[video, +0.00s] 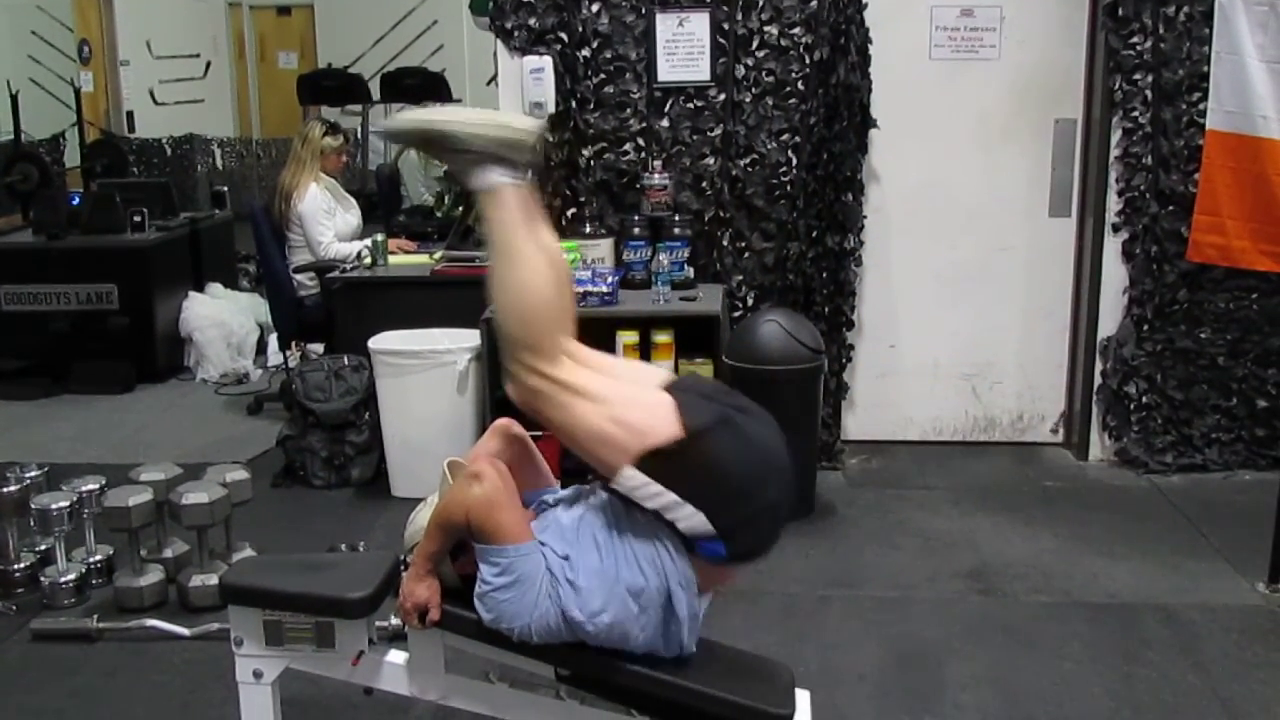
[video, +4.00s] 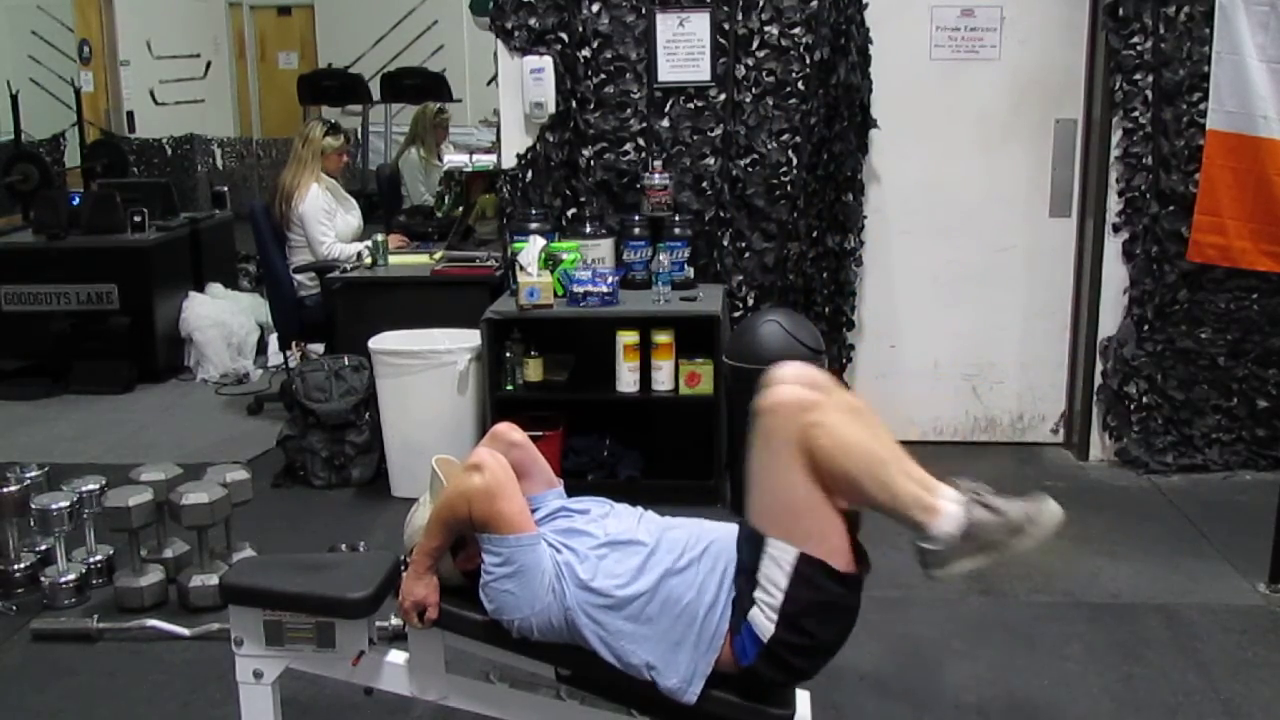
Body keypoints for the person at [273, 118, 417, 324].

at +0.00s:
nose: (345, 160)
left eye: (345, 153)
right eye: (339, 154)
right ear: (319, 155)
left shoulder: (323, 187)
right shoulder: (311, 192)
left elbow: (334, 244)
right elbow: (325, 251)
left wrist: (380, 243)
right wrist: (380, 245)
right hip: (318, 291)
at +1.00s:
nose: (345, 159)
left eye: (345, 153)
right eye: (339, 154)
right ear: (319, 155)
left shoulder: (323, 186)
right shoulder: (311, 192)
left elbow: (334, 244)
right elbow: (325, 251)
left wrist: (380, 243)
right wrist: (380, 246)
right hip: (319, 292)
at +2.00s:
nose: (346, 159)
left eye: (346, 153)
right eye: (340, 154)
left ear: (323, 155)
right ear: (320, 154)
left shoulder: (324, 186)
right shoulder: (312, 192)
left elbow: (333, 245)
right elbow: (324, 252)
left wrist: (378, 242)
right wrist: (378, 245)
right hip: (319, 293)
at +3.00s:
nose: (346, 160)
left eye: (346, 154)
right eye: (340, 154)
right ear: (320, 155)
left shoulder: (323, 185)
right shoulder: (312, 192)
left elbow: (335, 244)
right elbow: (327, 252)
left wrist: (377, 243)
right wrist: (378, 245)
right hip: (318, 291)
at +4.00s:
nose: (346, 159)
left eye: (346, 153)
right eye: (340, 154)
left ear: (323, 155)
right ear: (320, 154)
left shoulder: (323, 186)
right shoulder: (312, 192)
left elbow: (333, 245)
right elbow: (326, 251)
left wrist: (377, 243)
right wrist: (378, 245)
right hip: (318, 292)